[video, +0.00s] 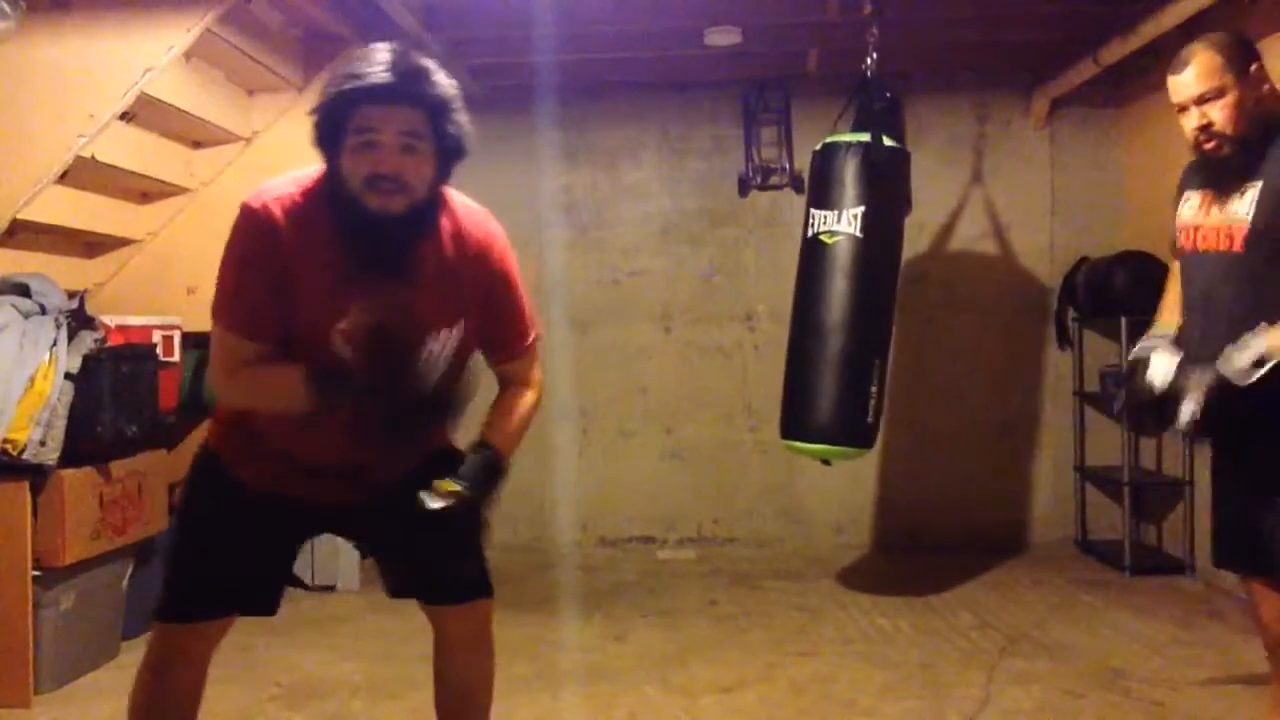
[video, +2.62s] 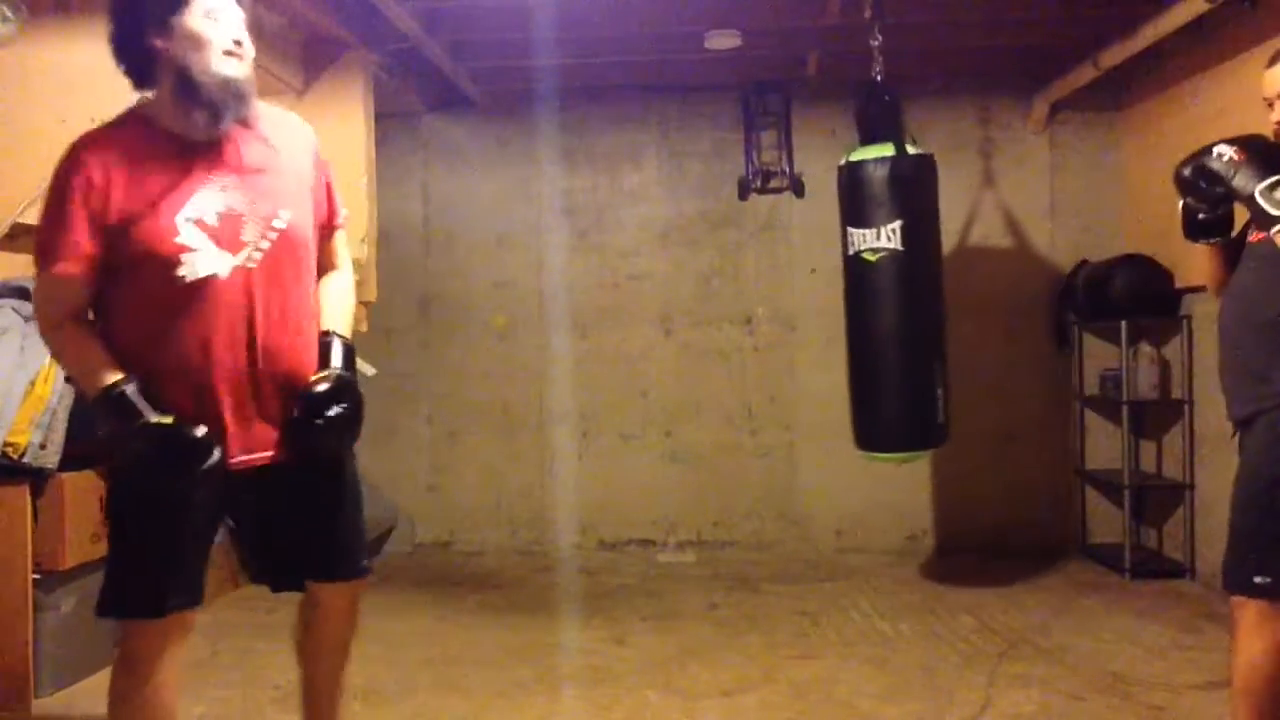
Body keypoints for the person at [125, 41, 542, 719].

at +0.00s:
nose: (387, 163)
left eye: (411, 145)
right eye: (365, 142)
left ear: (443, 158)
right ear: (333, 150)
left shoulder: (474, 244)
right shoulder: (272, 223)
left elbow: (522, 378)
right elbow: (228, 381)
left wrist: (480, 471)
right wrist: (344, 382)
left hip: (403, 466)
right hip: (260, 461)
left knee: (467, 616)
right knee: (183, 634)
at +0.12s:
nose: (353, 164)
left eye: (376, 144)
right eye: (332, 143)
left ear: (411, 155)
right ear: (301, 151)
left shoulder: (454, 237)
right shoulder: (253, 225)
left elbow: (501, 377)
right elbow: (235, 393)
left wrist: (450, 405)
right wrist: (341, 354)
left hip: (390, 460)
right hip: (245, 456)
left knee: (456, 619)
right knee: (161, 634)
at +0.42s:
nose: (303, 144)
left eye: (326, 123)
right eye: (280, 125)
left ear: (364, 136)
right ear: (252, 140)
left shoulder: (411, 224)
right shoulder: (205, 218)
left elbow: (469, 371)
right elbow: (122, 354)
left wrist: (387, 377)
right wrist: (237, 337)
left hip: (374, 462)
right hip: (224, 462)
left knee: (449, 619)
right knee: (144, 638)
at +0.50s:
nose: (293, 150)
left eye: (316, 128)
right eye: (270, 131)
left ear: (355, 142)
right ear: (243, 147)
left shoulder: (413, 242)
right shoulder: (188, 232)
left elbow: (470, 362)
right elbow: (103, 331)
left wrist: (441, 405)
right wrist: (176, 364)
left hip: (370, 468)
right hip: (219, 468)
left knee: (451, 620)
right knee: (138, 645)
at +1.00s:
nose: (295, 77)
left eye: (315, 61)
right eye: (276, 63)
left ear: (348, 78)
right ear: (248, 82)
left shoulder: (396, 171)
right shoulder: (204, 178)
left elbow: (428, 313)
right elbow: (150, 310)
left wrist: (435, 289)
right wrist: (186, 272)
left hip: (372, 469)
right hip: (221, 472)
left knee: (443, 645)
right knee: (143, 664)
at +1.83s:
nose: (282, 92)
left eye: (301, 72)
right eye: (259, 73)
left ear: (332, 83)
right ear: (230, 89)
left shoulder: (391, 181)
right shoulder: (189, 194)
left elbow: (441, 306)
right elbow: (136, 329)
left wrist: (425, 366)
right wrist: (173, 362)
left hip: (375, 475)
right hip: (223, 478)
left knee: (441, 642)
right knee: (152, 659)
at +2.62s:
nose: (242, 36)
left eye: (241, 20)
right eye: (212, 15)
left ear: (251, 41)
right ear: (156, 40)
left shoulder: (295, 142)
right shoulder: (100, 162)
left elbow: (333, 262)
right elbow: (58, 313)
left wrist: (335, 361)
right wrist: (129, 414)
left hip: (296, 437)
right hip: (169, 446)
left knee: (338, 585)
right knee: (153, 633)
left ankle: (323, 715)